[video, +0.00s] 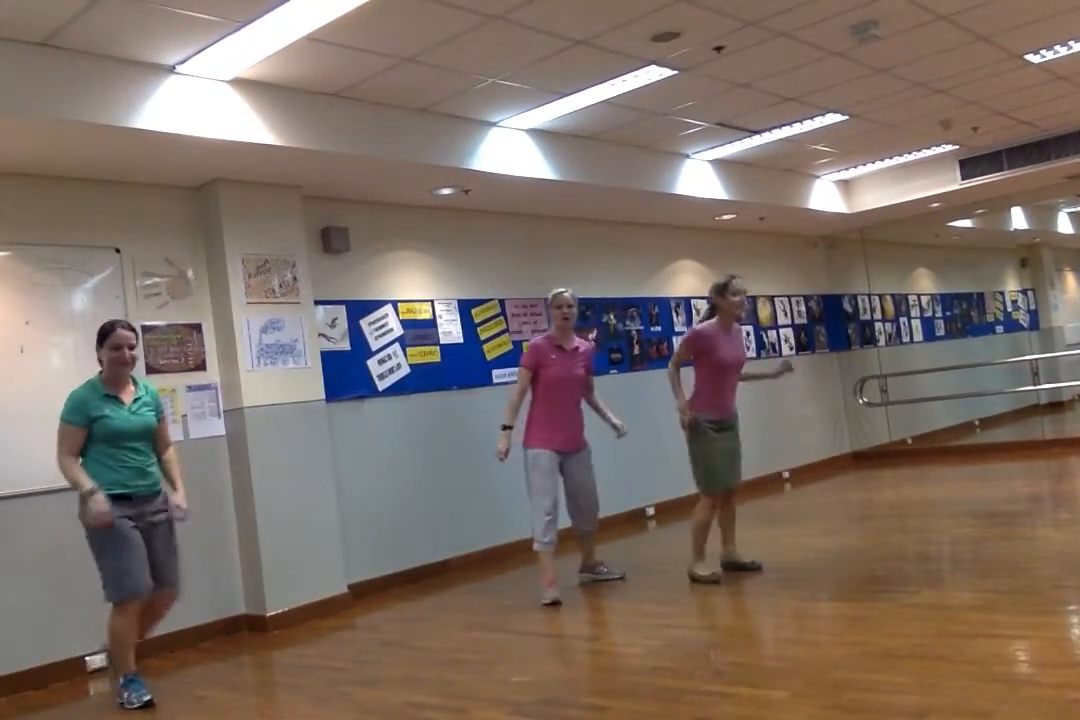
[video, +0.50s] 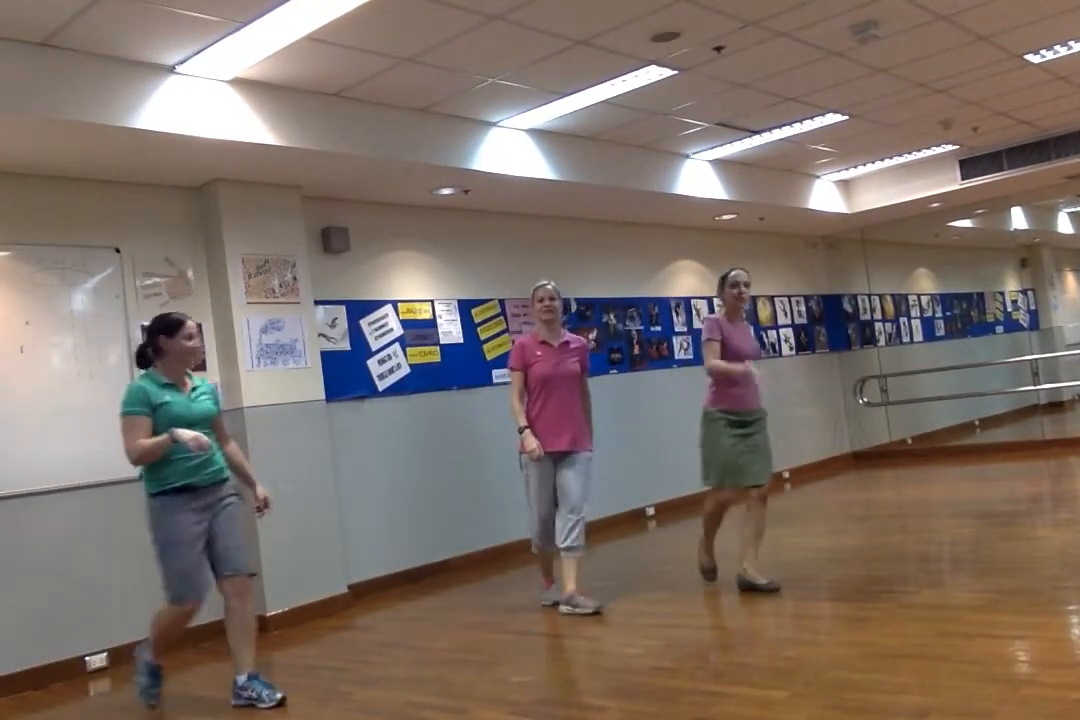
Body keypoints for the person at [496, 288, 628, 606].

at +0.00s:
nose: (565, 311)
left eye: (570, 306)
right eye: (560, 307)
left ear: (576, 310)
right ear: (549, 312)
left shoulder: (585, 349)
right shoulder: (537, 347)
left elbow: (588, 393)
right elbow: (519, 391)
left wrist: (611, 419)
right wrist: (505, 432)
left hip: (574, 440)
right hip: (541, 441)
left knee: (587, 504)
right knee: (546, 509)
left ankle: (589, 563)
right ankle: (549, 584)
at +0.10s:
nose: (554, 312)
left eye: (559, 307)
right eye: (548, 307)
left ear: (567, 311)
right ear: (539, 312)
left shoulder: (577, 349)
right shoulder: (528, 347)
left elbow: (582, 395)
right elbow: (512, 392)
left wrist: (603, 425)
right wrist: (503, 434)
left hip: (569, 441)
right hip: (534, 443)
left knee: (592, 500)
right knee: (541, 510)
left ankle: (591, 556)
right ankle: (547, 581)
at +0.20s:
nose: (548, 307)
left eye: (553, 303)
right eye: (543, 303)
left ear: (561, 308)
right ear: (533, 309)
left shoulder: (573, 347)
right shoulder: (521, 347)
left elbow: (578, 394)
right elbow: (509, 393)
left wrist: (592, 433)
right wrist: (507, 432)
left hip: (568, 441)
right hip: (532, 444)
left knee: (593, 500)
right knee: (538, 512)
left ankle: (585, 555)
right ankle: (546, 580)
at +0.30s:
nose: (545, 305)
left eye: (549, 300)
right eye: (539, 300)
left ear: (558, 306)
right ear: (530, 307)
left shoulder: (571, 346)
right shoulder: (519, 346)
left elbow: (576, 393)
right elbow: (509, 393)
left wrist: (582, 434)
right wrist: (515, 430)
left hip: (570, 438)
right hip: (534, 443)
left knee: (588, 499)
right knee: (538, 513)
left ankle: (583, 572)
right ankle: (546, 581)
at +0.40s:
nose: (544, 304)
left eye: (549, 299)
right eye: (538, 300)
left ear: (557, 305)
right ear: (529, 307)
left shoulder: (573, 345)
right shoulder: (519, 346)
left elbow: (577, 391)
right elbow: (512, 393)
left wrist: (581, 432)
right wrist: (522, 429)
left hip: (570, 439)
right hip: (535, 443)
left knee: (580, 504)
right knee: (539, 513)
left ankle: (580, 584)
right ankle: (547, 581)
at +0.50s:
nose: (547, 304)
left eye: (551, 299)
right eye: (541, 300)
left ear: (561, 305)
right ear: (532, 307)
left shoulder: (579, 345)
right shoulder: (524, 346)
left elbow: (584, 390)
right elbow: (516, 396)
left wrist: (588, 431)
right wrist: (525, 432)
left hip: (576, 441)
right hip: (540, 444)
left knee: (574, 512)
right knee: (543, 516)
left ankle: (570, 591)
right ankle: (549, 583)